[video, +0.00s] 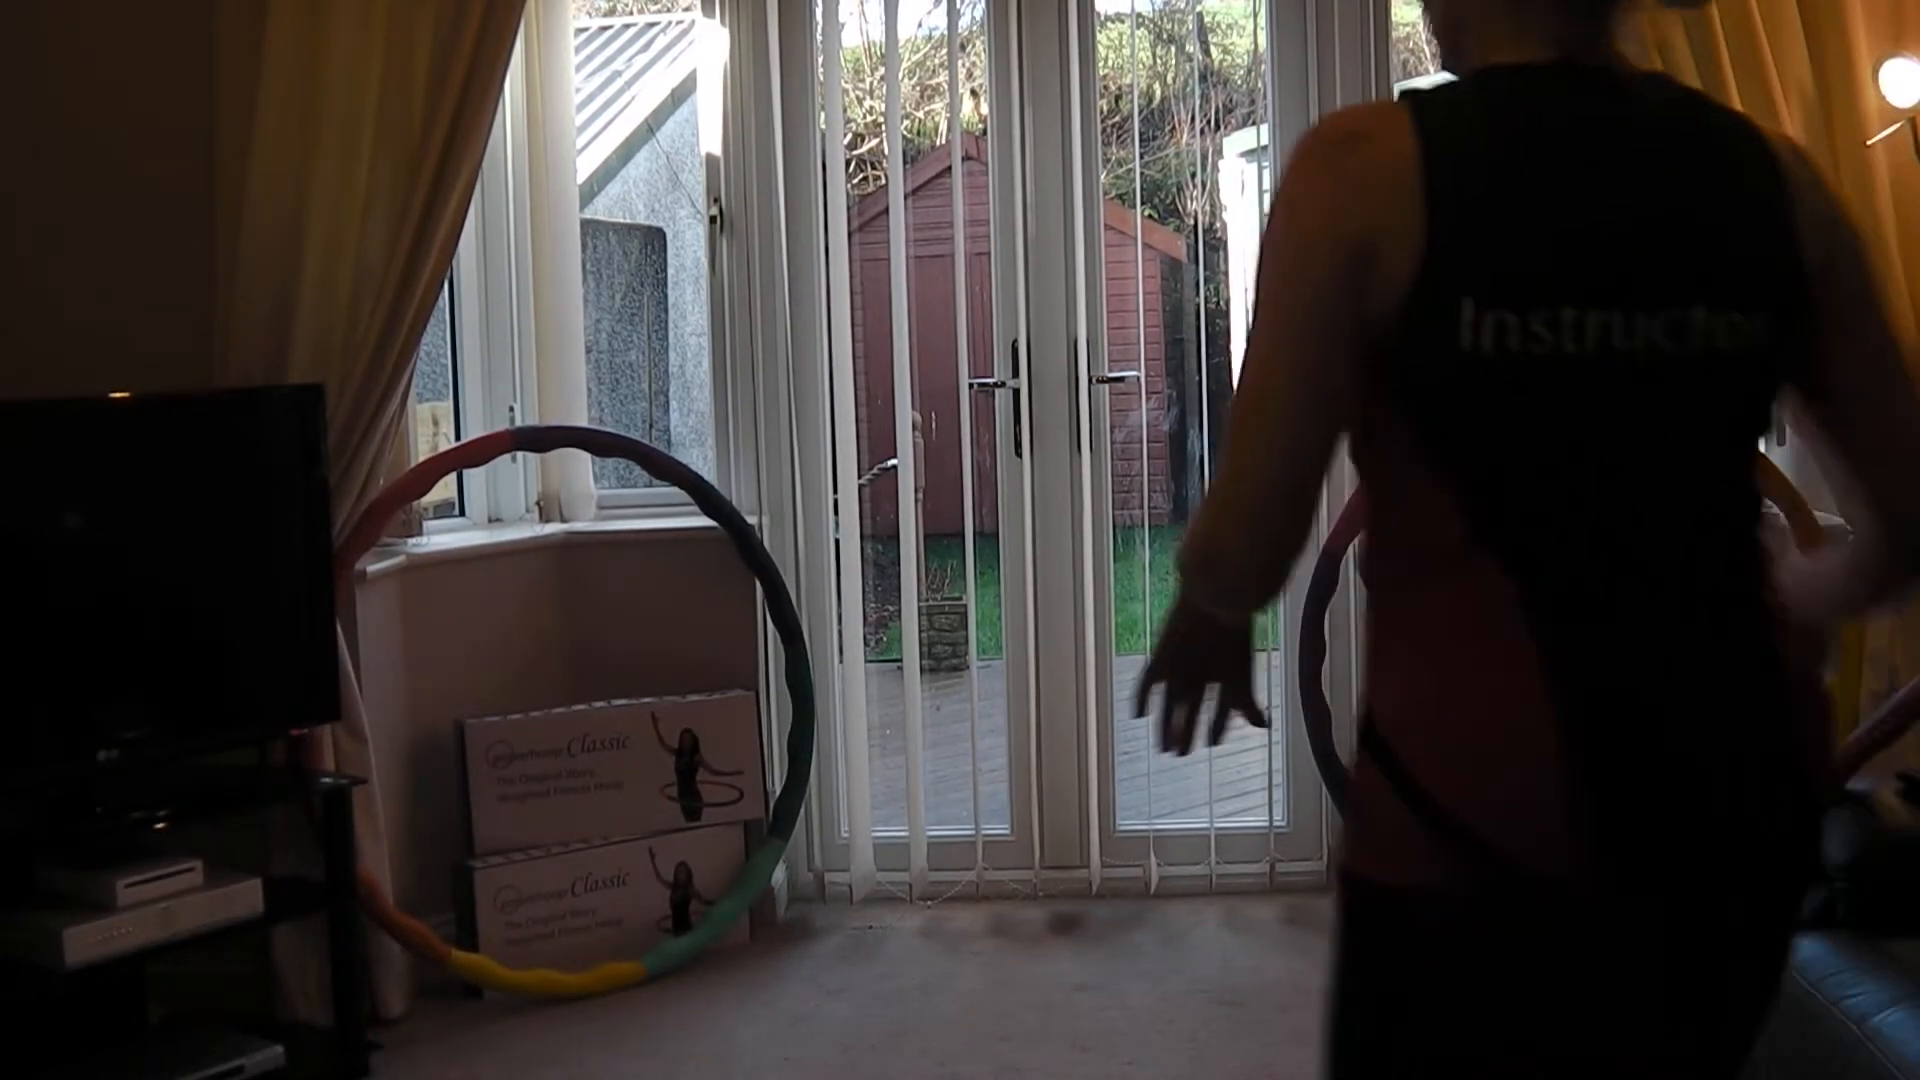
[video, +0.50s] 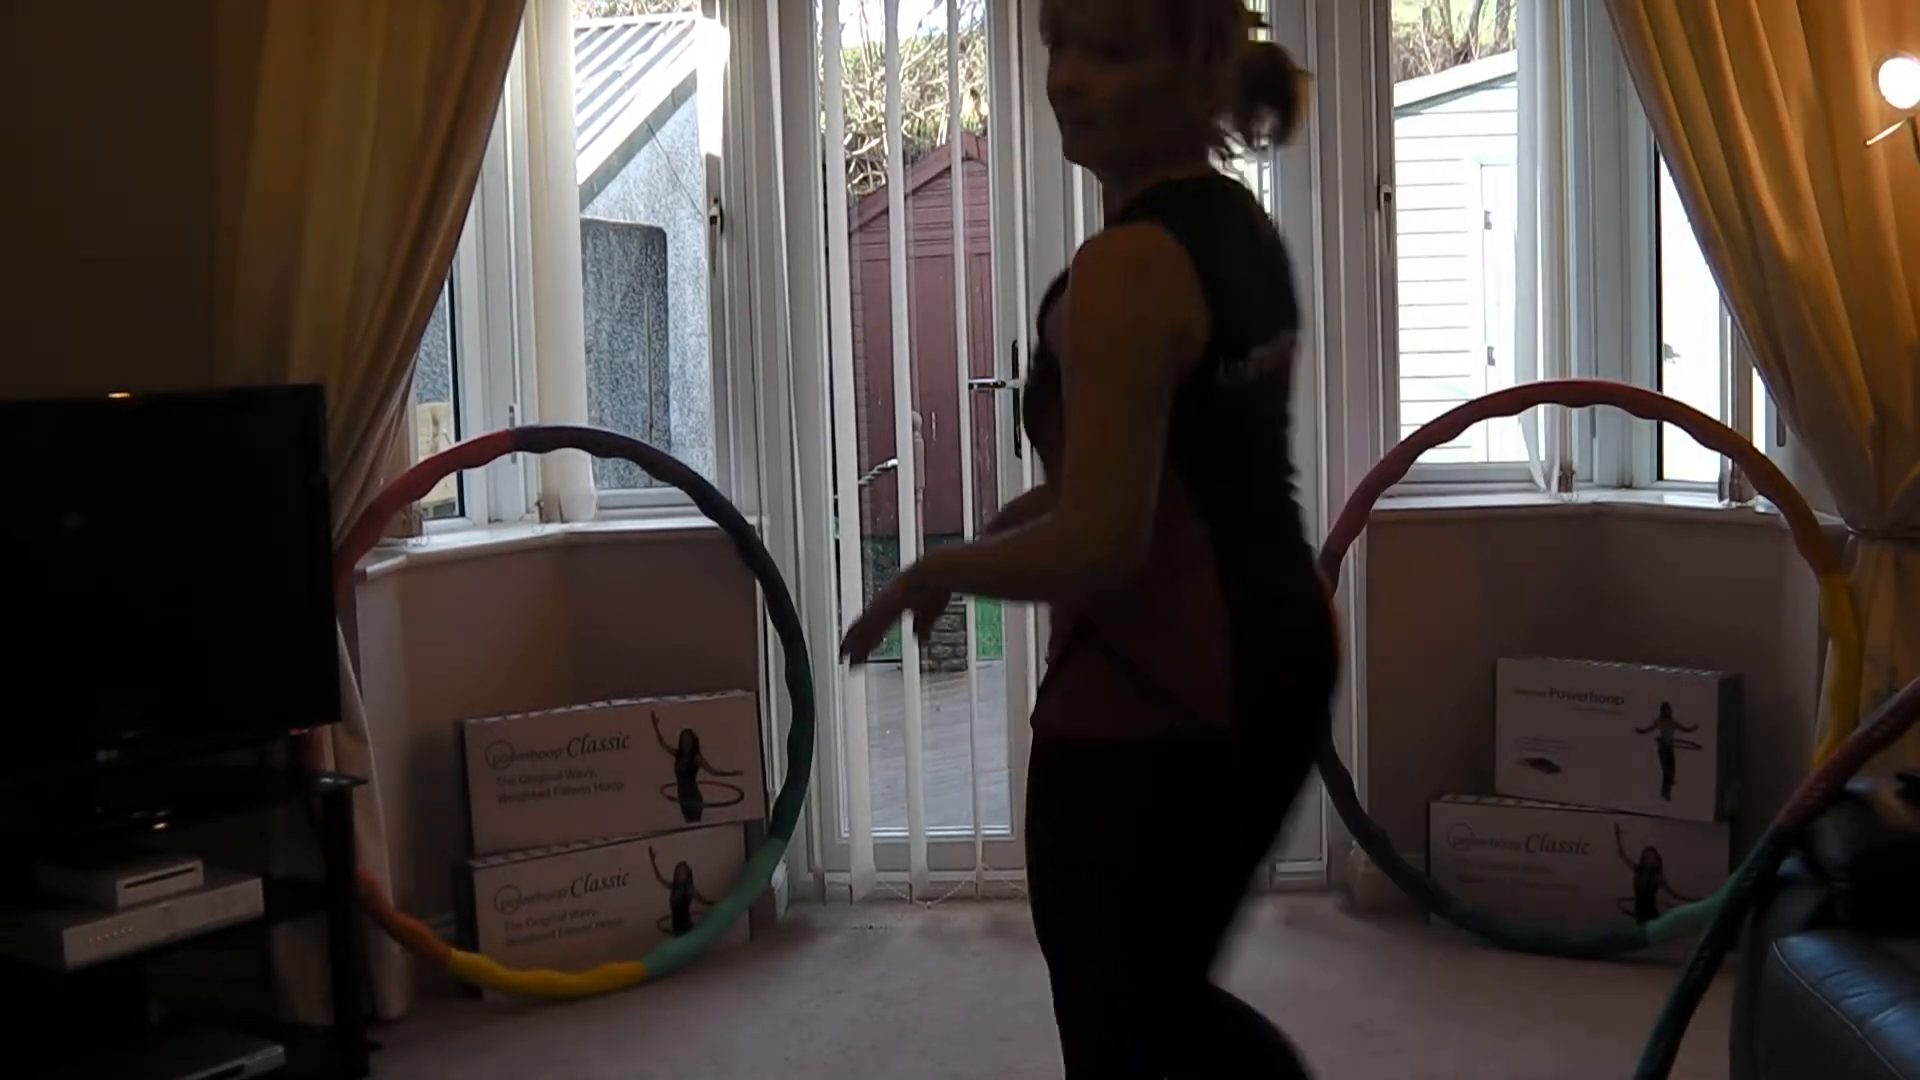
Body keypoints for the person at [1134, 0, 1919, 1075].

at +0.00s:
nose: (1429, 5)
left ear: (1453, 7)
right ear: (1613, 0)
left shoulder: (1367, 164)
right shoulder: (1769, 178)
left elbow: (1250, 530)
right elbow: (1901, 517)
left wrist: (1211, 613)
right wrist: (1786, 590)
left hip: (1469, 799)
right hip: (1736, 786)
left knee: (1434, 1079)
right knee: (1683, 1068)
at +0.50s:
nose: (1065, 78)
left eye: (1110, 48)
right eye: (1057, 45)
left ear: (1198, 69)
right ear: (1039, 52)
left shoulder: (1123, 267)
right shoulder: (1236, 231)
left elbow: (1097, 542)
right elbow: (1193, 468)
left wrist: (939, 569)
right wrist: (1037, 514)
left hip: (1147, 680)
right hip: (1263, 660)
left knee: (1113, 1022)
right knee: (1162, 990)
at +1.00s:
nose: (966, 124)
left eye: (993, 104)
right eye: (944, 104)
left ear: (1037, 123)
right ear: (919, 120)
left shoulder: (1100, 273)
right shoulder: (865, 265)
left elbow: (1178, 442)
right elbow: (822, 418)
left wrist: (1154, 536)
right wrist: (766, 542)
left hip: (1068, 620)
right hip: (919, 622)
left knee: (1046, 888)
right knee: (918, 891)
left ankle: (1114, 1079)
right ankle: (928, 1078)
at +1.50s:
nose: (1064, 137)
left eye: (1087, 115)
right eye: (1042, 116)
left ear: (1119, 135)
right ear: (1012, 134)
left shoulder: (1162, 262)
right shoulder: (964, 275)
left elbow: (1203, 408)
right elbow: (904, 434)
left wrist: (1196, 511)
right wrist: (944, 525)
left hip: (1135, 587)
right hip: (1001, 590)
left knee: (1127, 815)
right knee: (973, 839)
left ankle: (1124, 1010)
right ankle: (936, 1064)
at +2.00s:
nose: (1122, 137)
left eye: (1144, 117)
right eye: (1103, 117)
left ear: (1181, 137)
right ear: (1078, 133)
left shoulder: (1230, 268)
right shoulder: (1028, 266)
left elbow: (1283, 401)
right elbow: (975, 404)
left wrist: (1299, 483)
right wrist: (962, 502)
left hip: (1187, 579)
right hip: (1055, 577)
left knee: (1154, 805)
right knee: (1081, 806)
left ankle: (1126, 1004)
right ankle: (1096, 1034)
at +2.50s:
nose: (1213, 121)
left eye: (1225, 102)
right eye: (1185, 98)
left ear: (1233, 119)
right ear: (1116, 113)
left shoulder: (1264, 252)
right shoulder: (1060, 265)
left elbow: (1315, 409)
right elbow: (994, 441)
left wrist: (1391, 475)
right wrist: (1054, 523)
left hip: (1247, 596)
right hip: (1106, 602)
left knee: (1284, 860)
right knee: (1128, 878)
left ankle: (1192, 977)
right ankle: (1134, 1075)